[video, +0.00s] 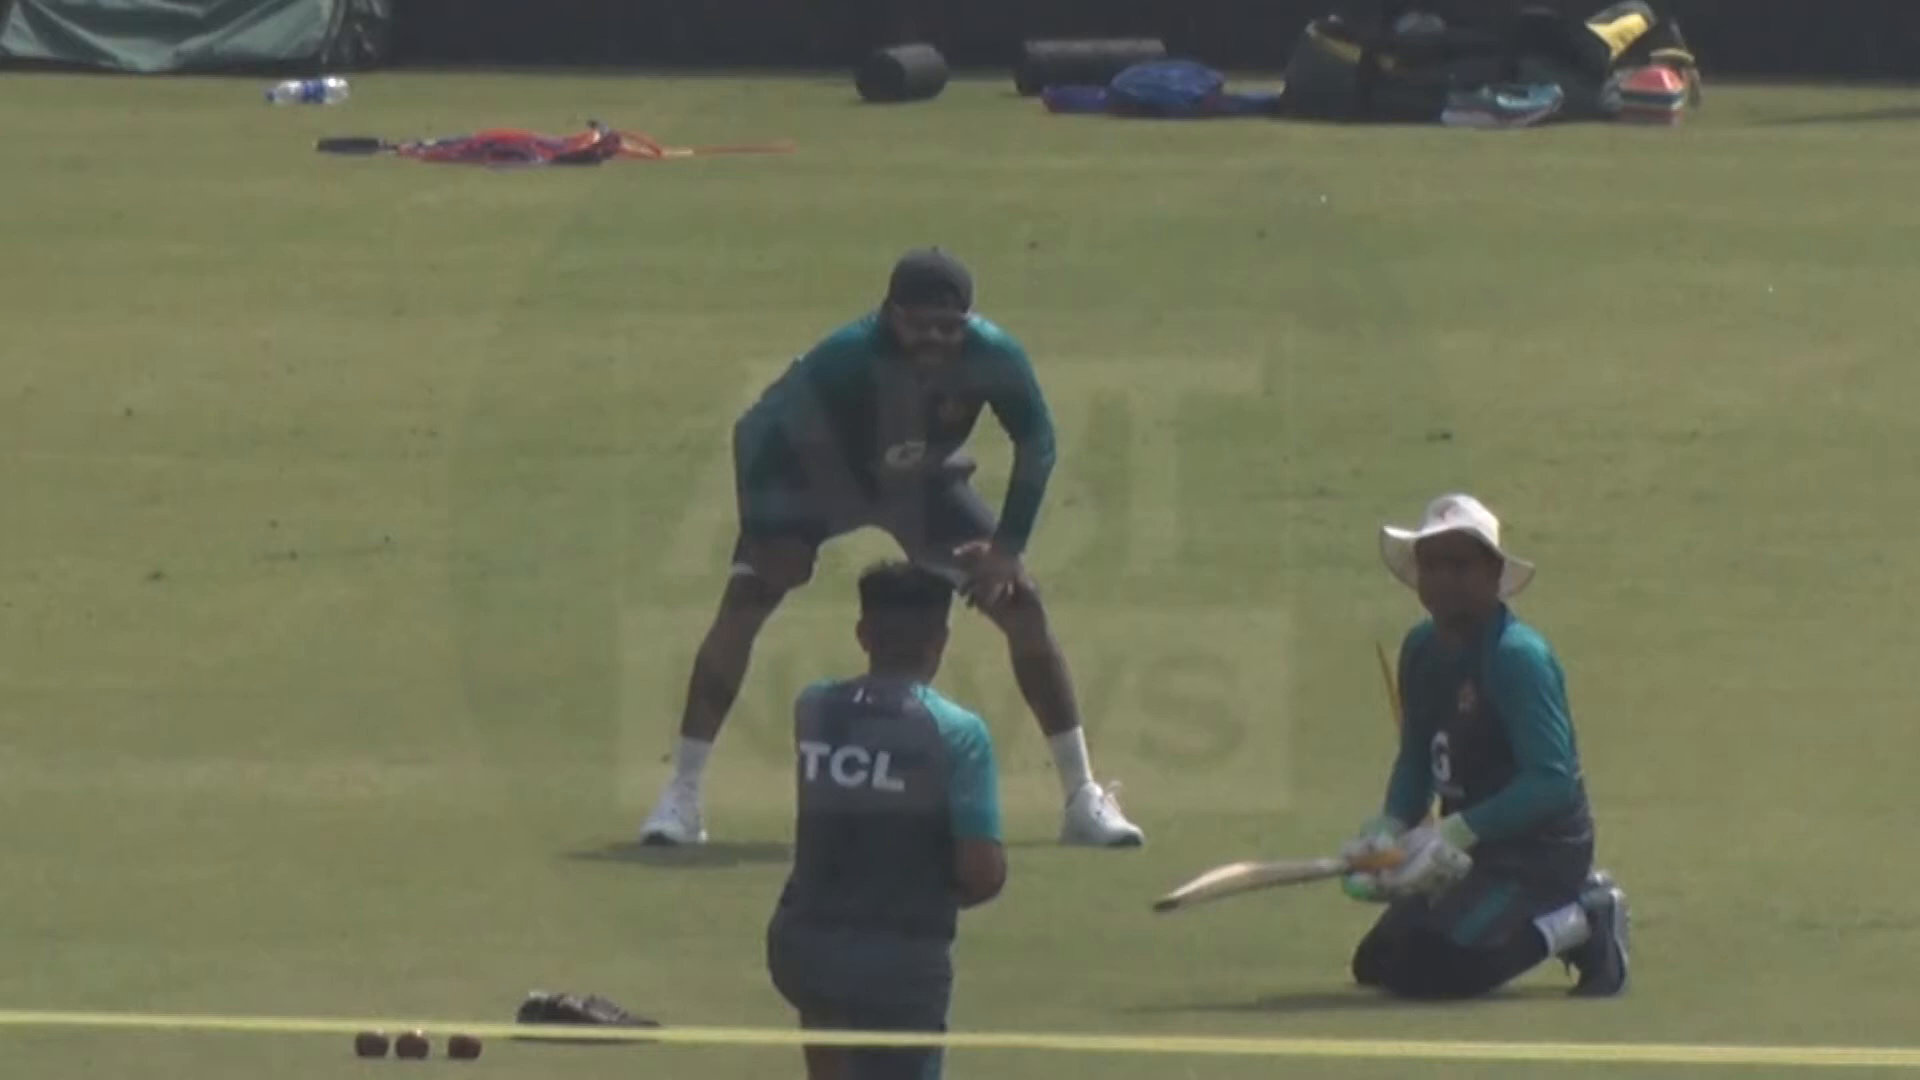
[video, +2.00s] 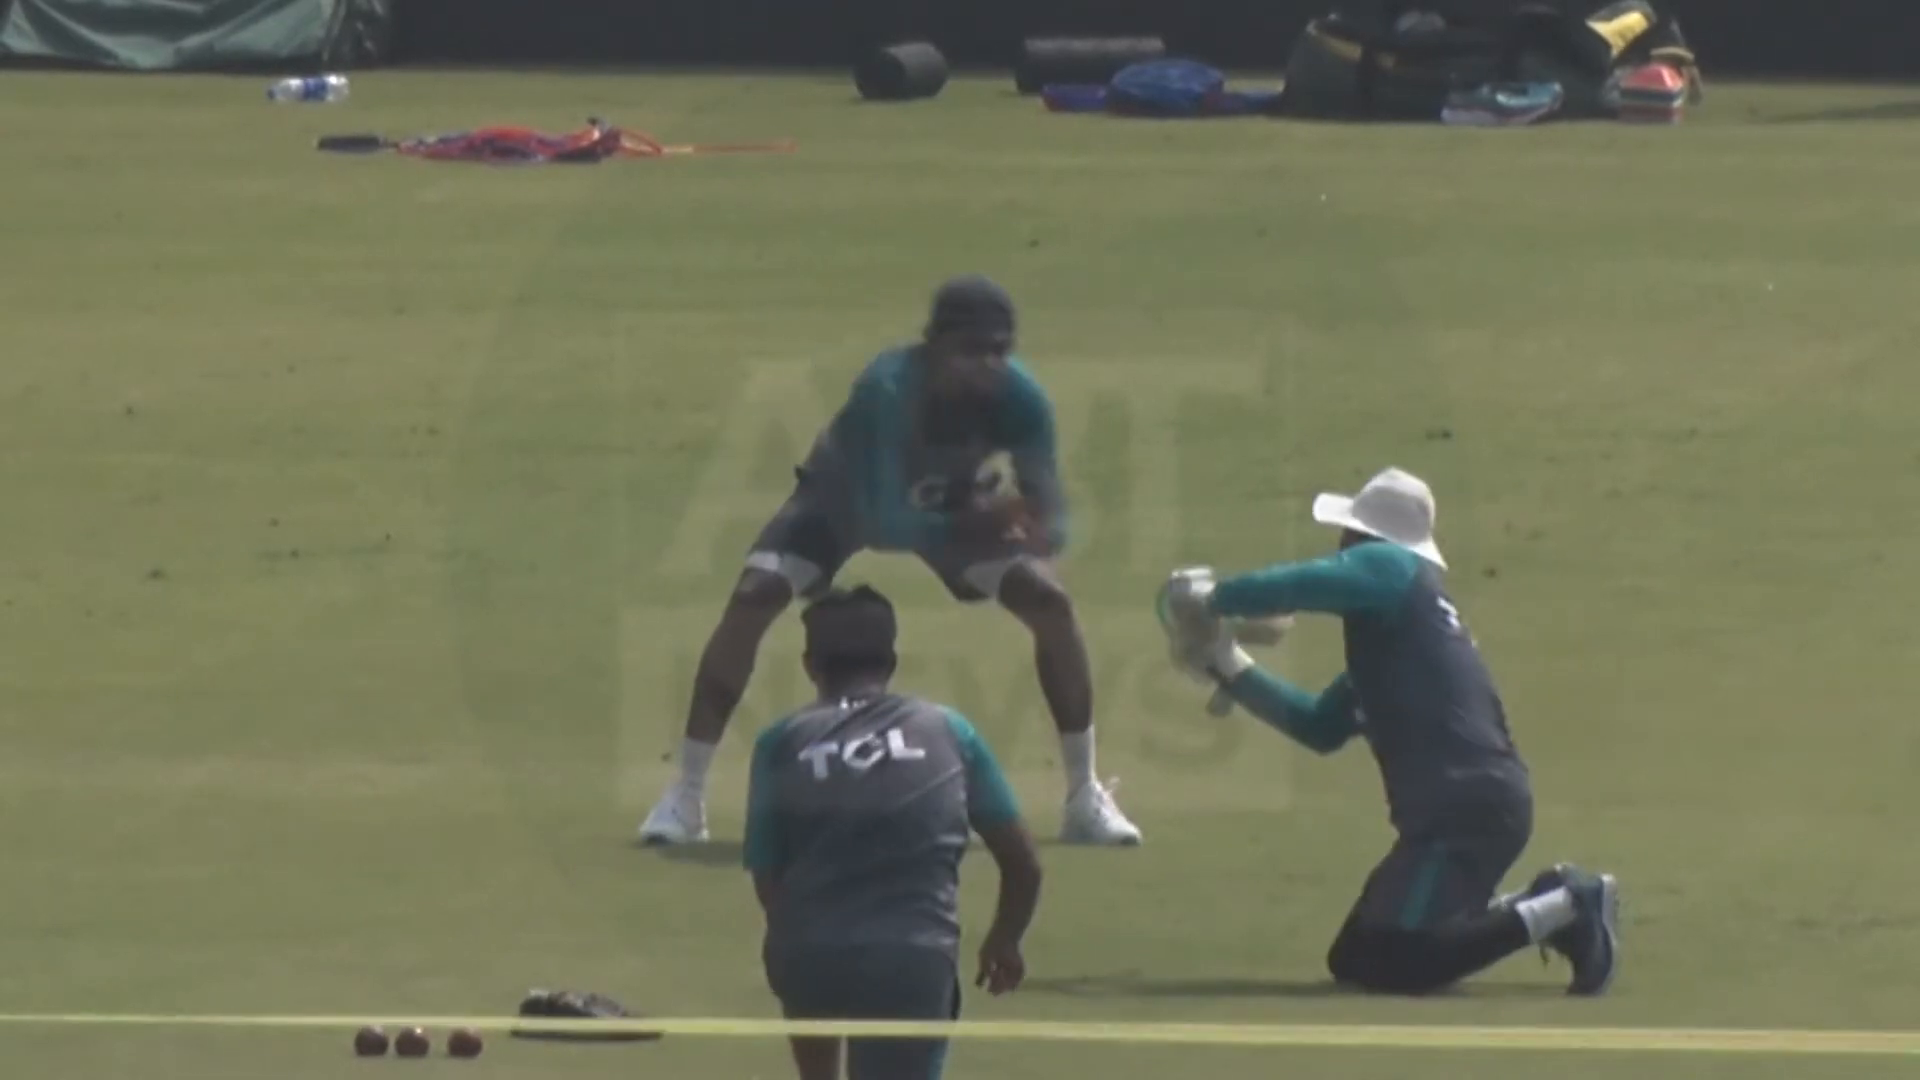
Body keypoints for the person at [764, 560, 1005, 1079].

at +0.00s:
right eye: (939, 635)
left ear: (862, 635)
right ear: (942, 643)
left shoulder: (813, 709)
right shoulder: (959, 732)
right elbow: (981, 875)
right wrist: (914, 888)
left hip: (805, 949)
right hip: (901, 963)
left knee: (824, 1016)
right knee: (903, 1065)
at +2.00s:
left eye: (806, 656)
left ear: (811, 666)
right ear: (891, 663)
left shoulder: (779, 743)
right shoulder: (950, 730)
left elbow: (767, 881)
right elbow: (1023, 866)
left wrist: (802, 941)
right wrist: (1004, 942)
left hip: (806, 960)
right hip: (914, 962)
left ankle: (821, 1075)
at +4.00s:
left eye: (633, 637)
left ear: (632, 640)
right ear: (706, 625)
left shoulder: (608, 692)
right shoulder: (768, 656)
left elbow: (599, 849)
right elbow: (822, 769)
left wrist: (621, 960)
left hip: (693, 827)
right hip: (799, 818)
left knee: (730, 993)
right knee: (709, 953)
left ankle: (781, 1056)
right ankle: (679, 1069)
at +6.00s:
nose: (854, 467)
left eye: (847, 459)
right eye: (853, 459)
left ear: (774, 463)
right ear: (847, 463)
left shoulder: (716, 533)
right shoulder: (868, 536)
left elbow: (649, 639)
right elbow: (901, 656)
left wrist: (693, 714)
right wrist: (908, 733)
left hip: (723, 782)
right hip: (814, 783)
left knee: (757, 936)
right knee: (806, 965)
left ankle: (760, 1067)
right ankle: (777, 1071)